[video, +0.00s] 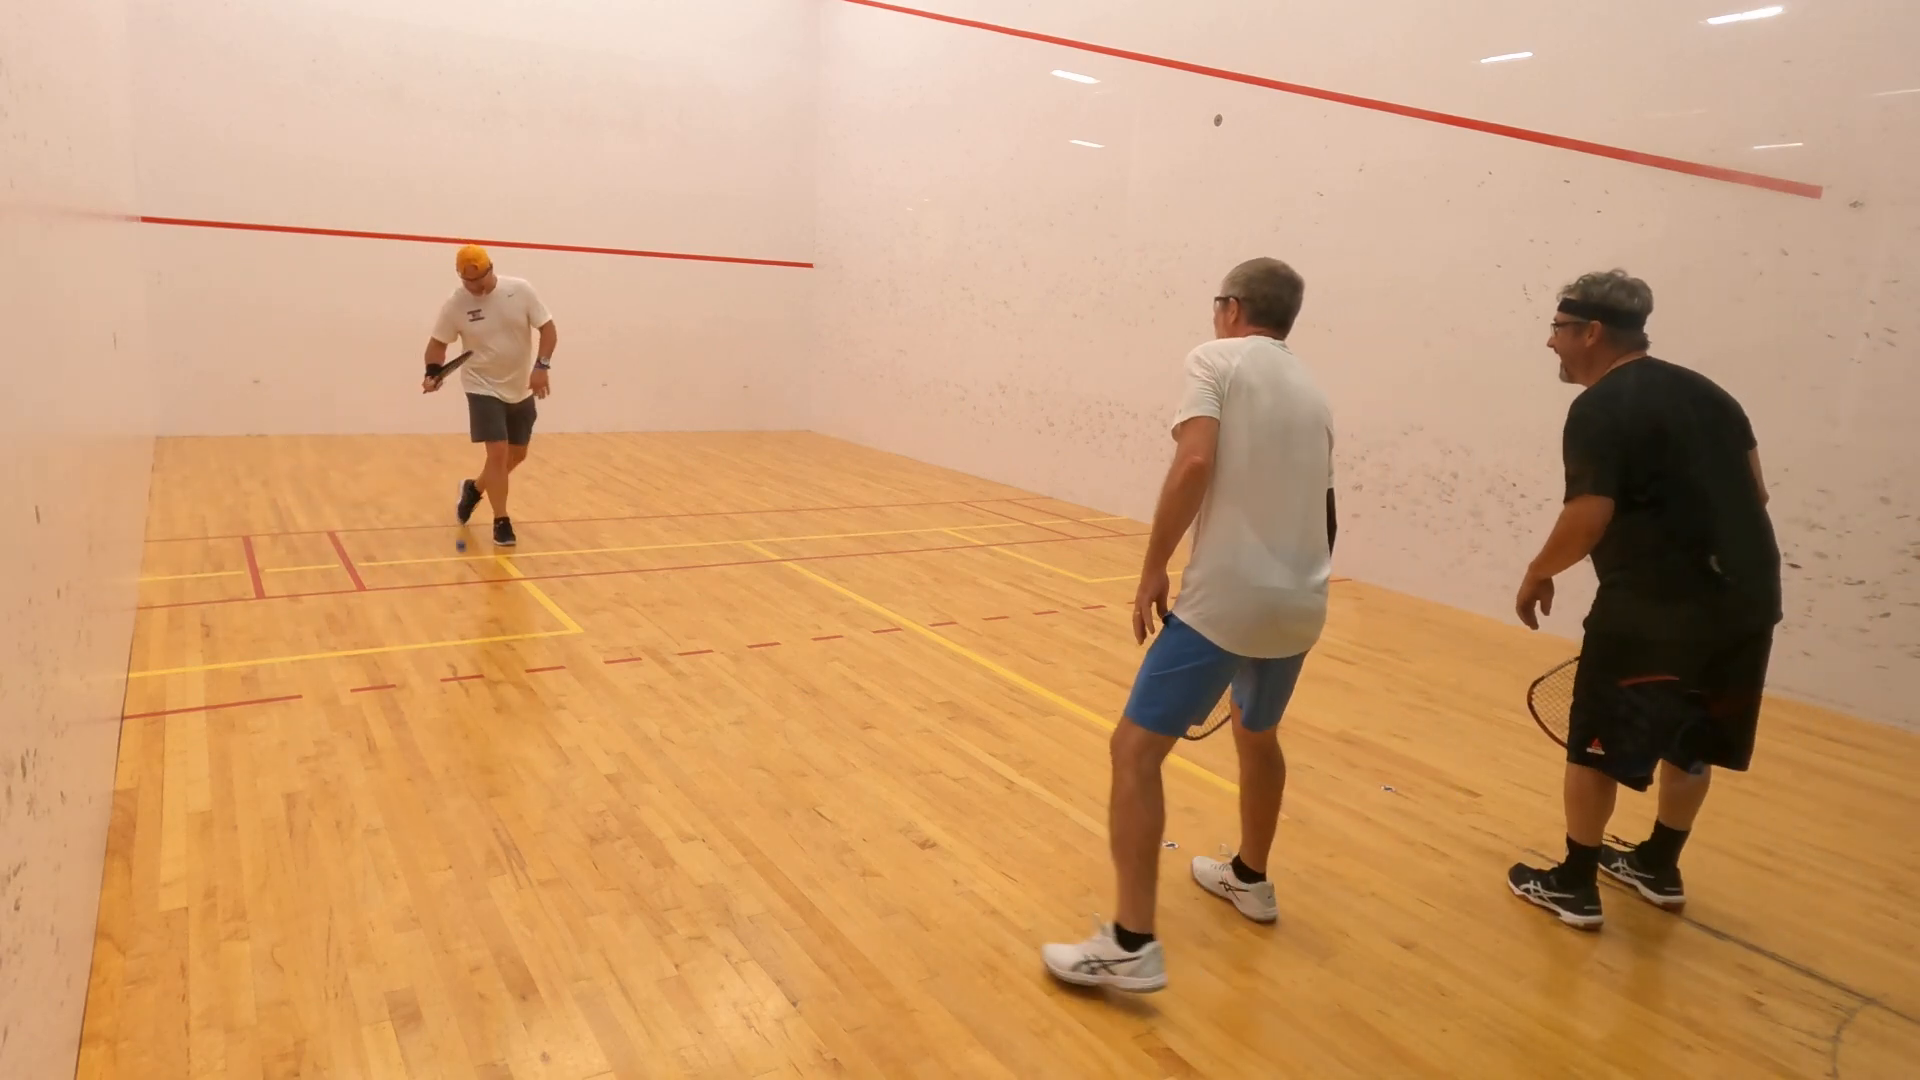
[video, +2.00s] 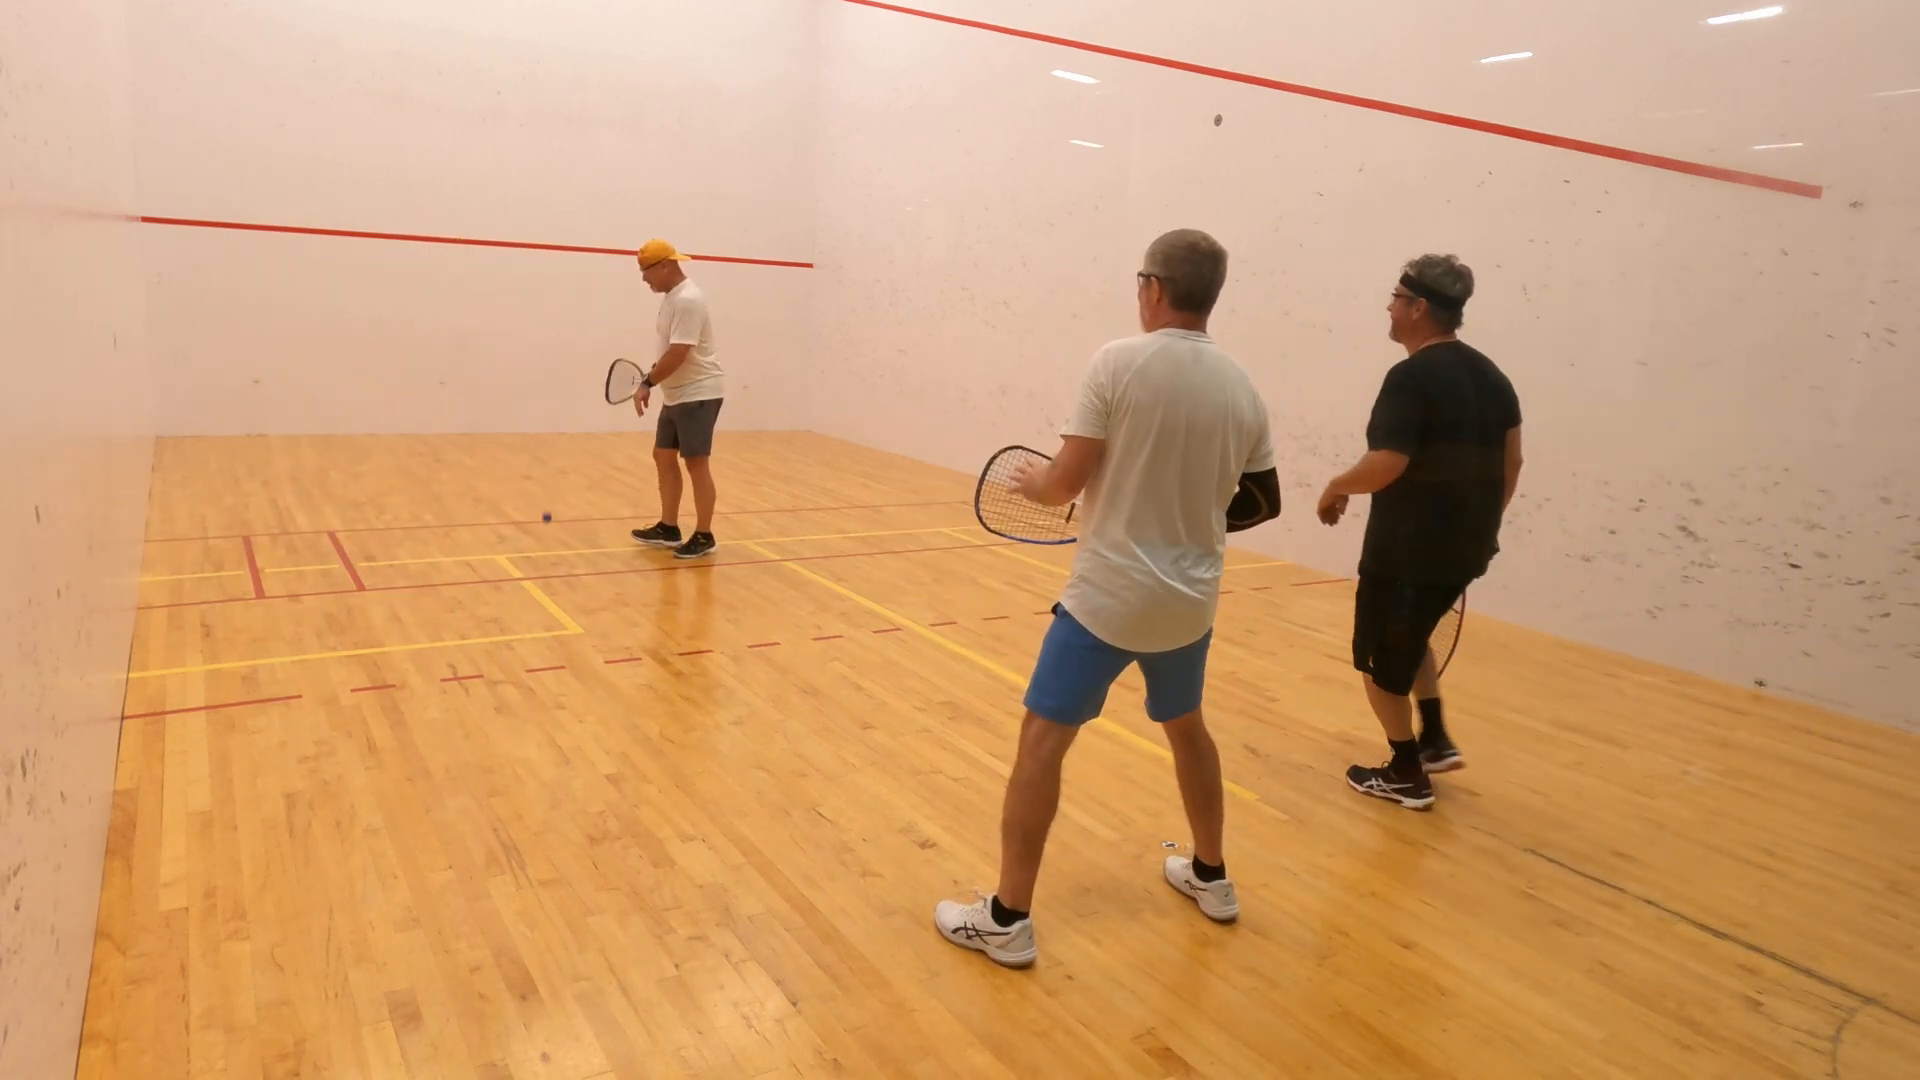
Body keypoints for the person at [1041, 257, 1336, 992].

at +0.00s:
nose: (1214, 321)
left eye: (1218, 309)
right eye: (1219, 310)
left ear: (1233, 311)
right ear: (1284, 322)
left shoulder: (1216, 360)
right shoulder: (1312, 392)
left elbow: (1195, 462)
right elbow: (1323, 521)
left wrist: (1155, 567)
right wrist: (1289, 604)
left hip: (1226, 597)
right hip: (1301, 605)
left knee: (1136, 747)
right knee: (1257, 730)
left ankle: (1132, 942)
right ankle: (1251, 877)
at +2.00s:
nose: (1137, 295)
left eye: (1140, 284)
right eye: (1144, 283)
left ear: (1152, 290)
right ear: (1211, 299)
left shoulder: (1121, 364)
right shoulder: (1239, 386)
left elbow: (1062, 485)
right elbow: (1261, 500)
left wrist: (1033, 481)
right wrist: (1181, 513)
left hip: (1107, 598)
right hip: (1190, 605)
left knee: (1042, 741)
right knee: (1186, 726)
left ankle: (1008, 916)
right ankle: (1210, 874)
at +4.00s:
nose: (1576, 277)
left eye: (1595, 249)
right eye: (1586, 250)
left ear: (1661, 268)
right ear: (1658, 270)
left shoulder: (1807, 423)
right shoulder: (1607, 422)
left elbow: (1915, 575)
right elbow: (1624, 625)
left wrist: (1905, 632)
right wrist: (1533, 733)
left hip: (1712, 898)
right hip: (1555, 842)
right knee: (1450, 1046)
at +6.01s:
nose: (1427, 308)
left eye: (1442, 292)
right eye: (1441, 288)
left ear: (1474, 336)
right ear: (1575, 356)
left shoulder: (1477, 498)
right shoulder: (1605, 481)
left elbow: (1450, 768)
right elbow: (1583, 664)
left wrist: (1340, 854)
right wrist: (1429, 645)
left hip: (1534, 966)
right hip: (1634, 932)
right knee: (1419, 1025)